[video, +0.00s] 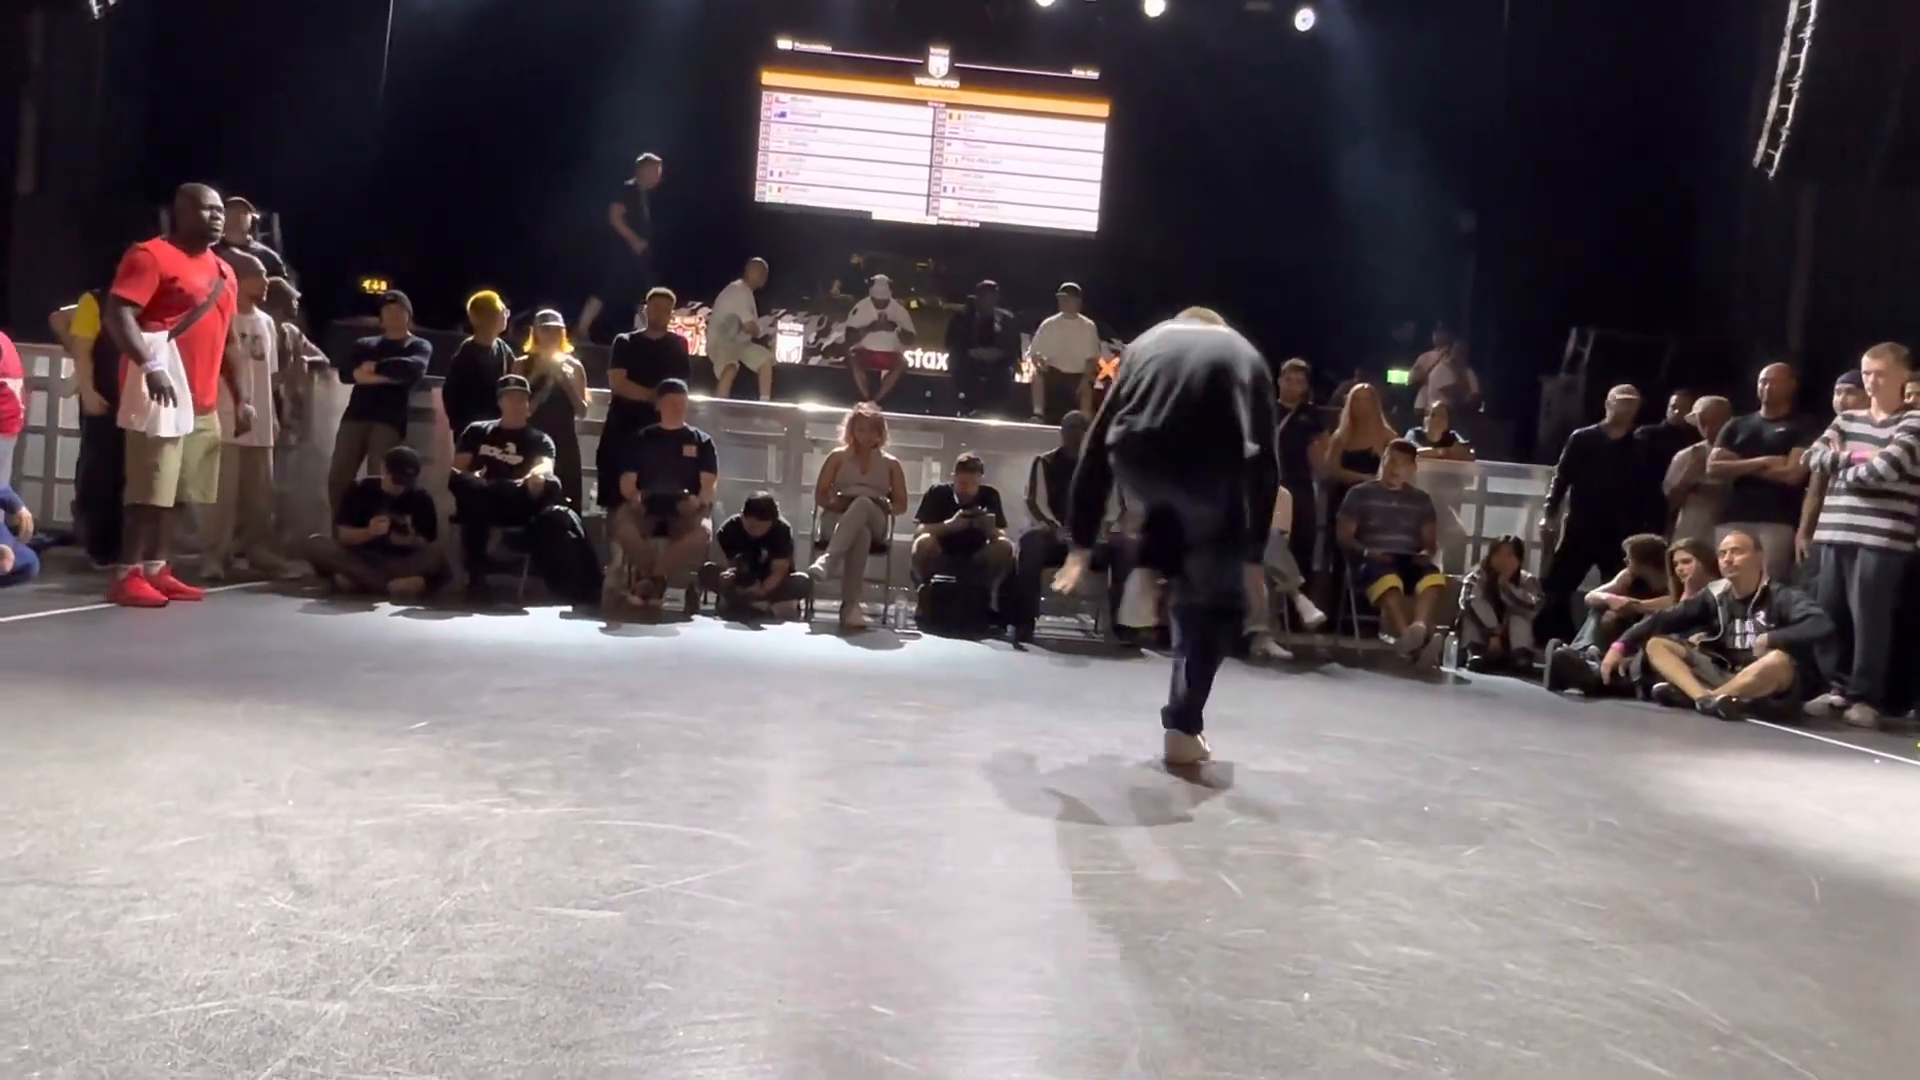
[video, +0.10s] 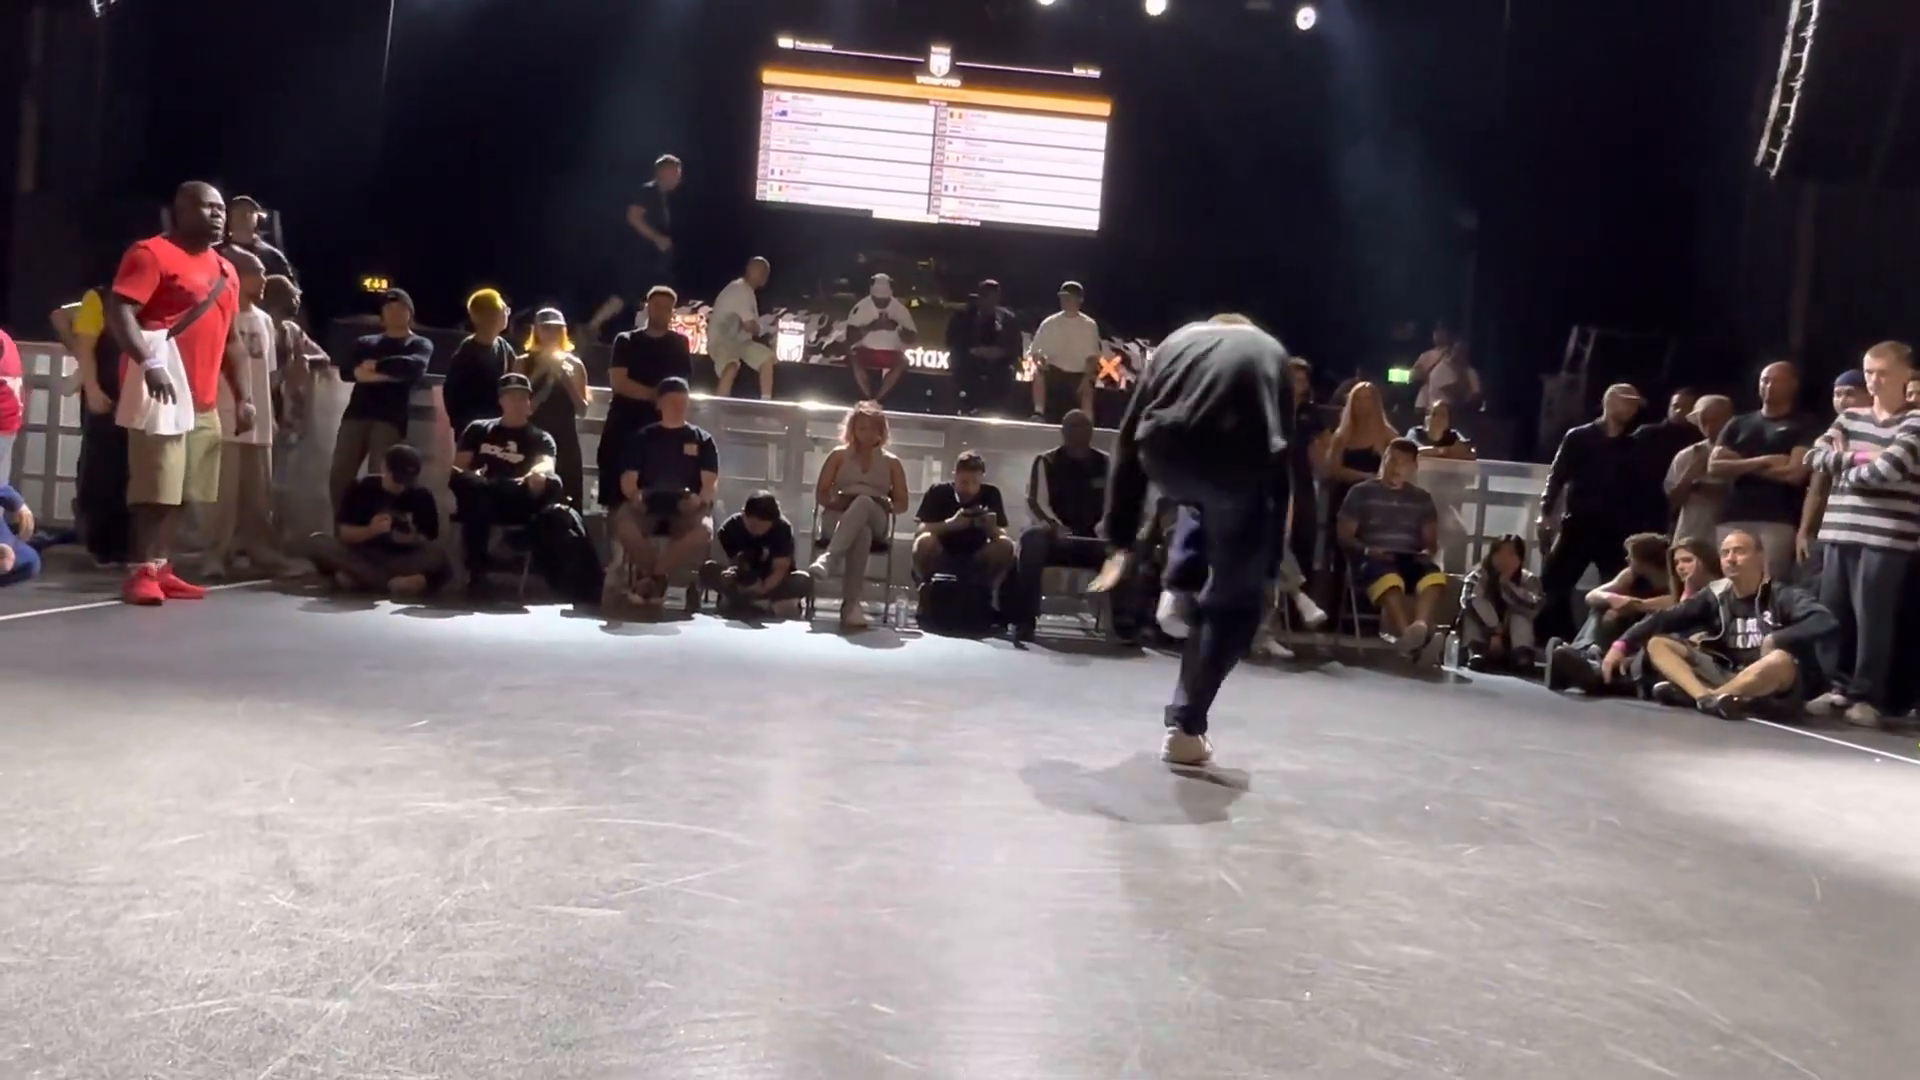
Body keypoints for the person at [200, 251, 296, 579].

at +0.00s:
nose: (265, 283)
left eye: (264, 277)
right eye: (257, 277)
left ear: (262, 282)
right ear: (238, 281)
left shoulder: (266, 323)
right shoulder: (224, 321)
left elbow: (272, 374)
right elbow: (218, 370)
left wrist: (278, 414)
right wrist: (232, 404)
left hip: (262, 420)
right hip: (228, 420)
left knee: (259, 494)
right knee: (224, 494)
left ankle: (260, 551)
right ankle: (217, 555)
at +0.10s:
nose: (263, 280)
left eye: (262, 273)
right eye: (256, 274)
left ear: (258, 279)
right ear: (237, 278)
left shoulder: (265, 320)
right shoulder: (225, 319)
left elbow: (270, 370)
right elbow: (220, 367)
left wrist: (278, 410)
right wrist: (237, 402)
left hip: (261, 417)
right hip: (229, 418)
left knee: (258, 492)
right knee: (226, 493)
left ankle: (261, 551)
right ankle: (218, 554)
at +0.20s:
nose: (260, 279)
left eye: (260, 272)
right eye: (254, 272)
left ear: (258, 277)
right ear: (235, 276)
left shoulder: (263, 319)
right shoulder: (225, 318)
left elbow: (269, 368)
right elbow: (221, 366)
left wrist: (276, 409)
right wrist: (237, 401)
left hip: (261, 416)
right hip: (229, 417)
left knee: (258, 490)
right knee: (226, 491)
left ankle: (261, 548)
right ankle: (217, 553)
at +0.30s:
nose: (259, 279)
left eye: (260, 272)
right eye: (254, 272)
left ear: (258, 277)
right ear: (236, 274)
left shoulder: (263, 317)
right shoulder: (228, 315)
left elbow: (270, 366)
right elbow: (231, 359)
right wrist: (242, 397)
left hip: (262, 412)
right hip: (233, 413)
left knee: (260, 486)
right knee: (229, 487)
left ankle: (262, 546)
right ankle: (222, 550)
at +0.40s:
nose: (261, 278)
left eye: (262, 272)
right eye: (255, 271)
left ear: (261, 276)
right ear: (236, 273)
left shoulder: (264, 317)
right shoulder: (226, 315)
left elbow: (272, 366)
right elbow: (226, 363)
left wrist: (276, 407)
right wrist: (238, 398)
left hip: (262, 413)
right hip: (231, 413)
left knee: (261, 486)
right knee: (228, 487)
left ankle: (263, 546)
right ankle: (221, 550)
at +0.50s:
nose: (262, 277)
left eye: (263, 270)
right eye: (257, 269)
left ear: (263, 275)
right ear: (238, 272)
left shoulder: (266, 316)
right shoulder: (228, 314)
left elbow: (274, 364)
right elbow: (226, 361)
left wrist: (275, 406)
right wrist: (236, 396)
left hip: (264, 412)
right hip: (232, 412)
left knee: (263, 484)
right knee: (229, 485)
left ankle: (264, 543)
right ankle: (223, 547)